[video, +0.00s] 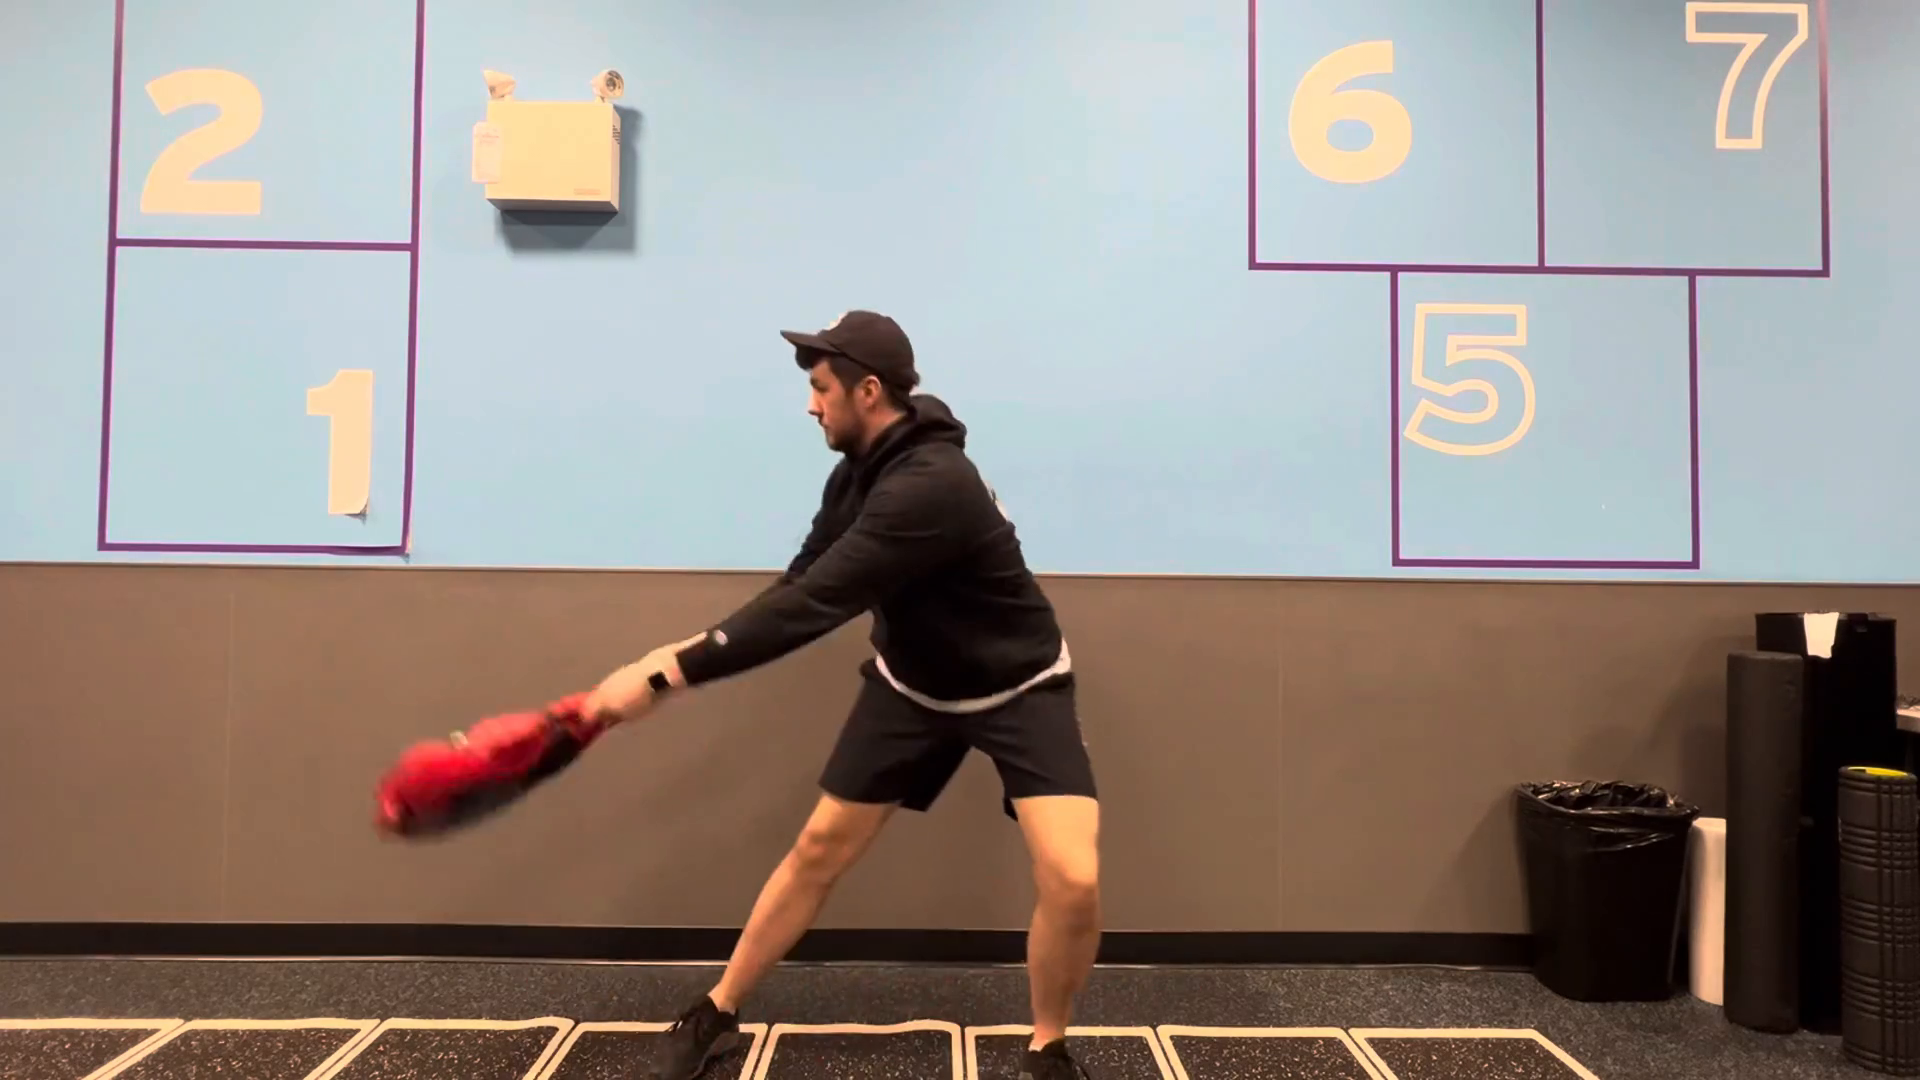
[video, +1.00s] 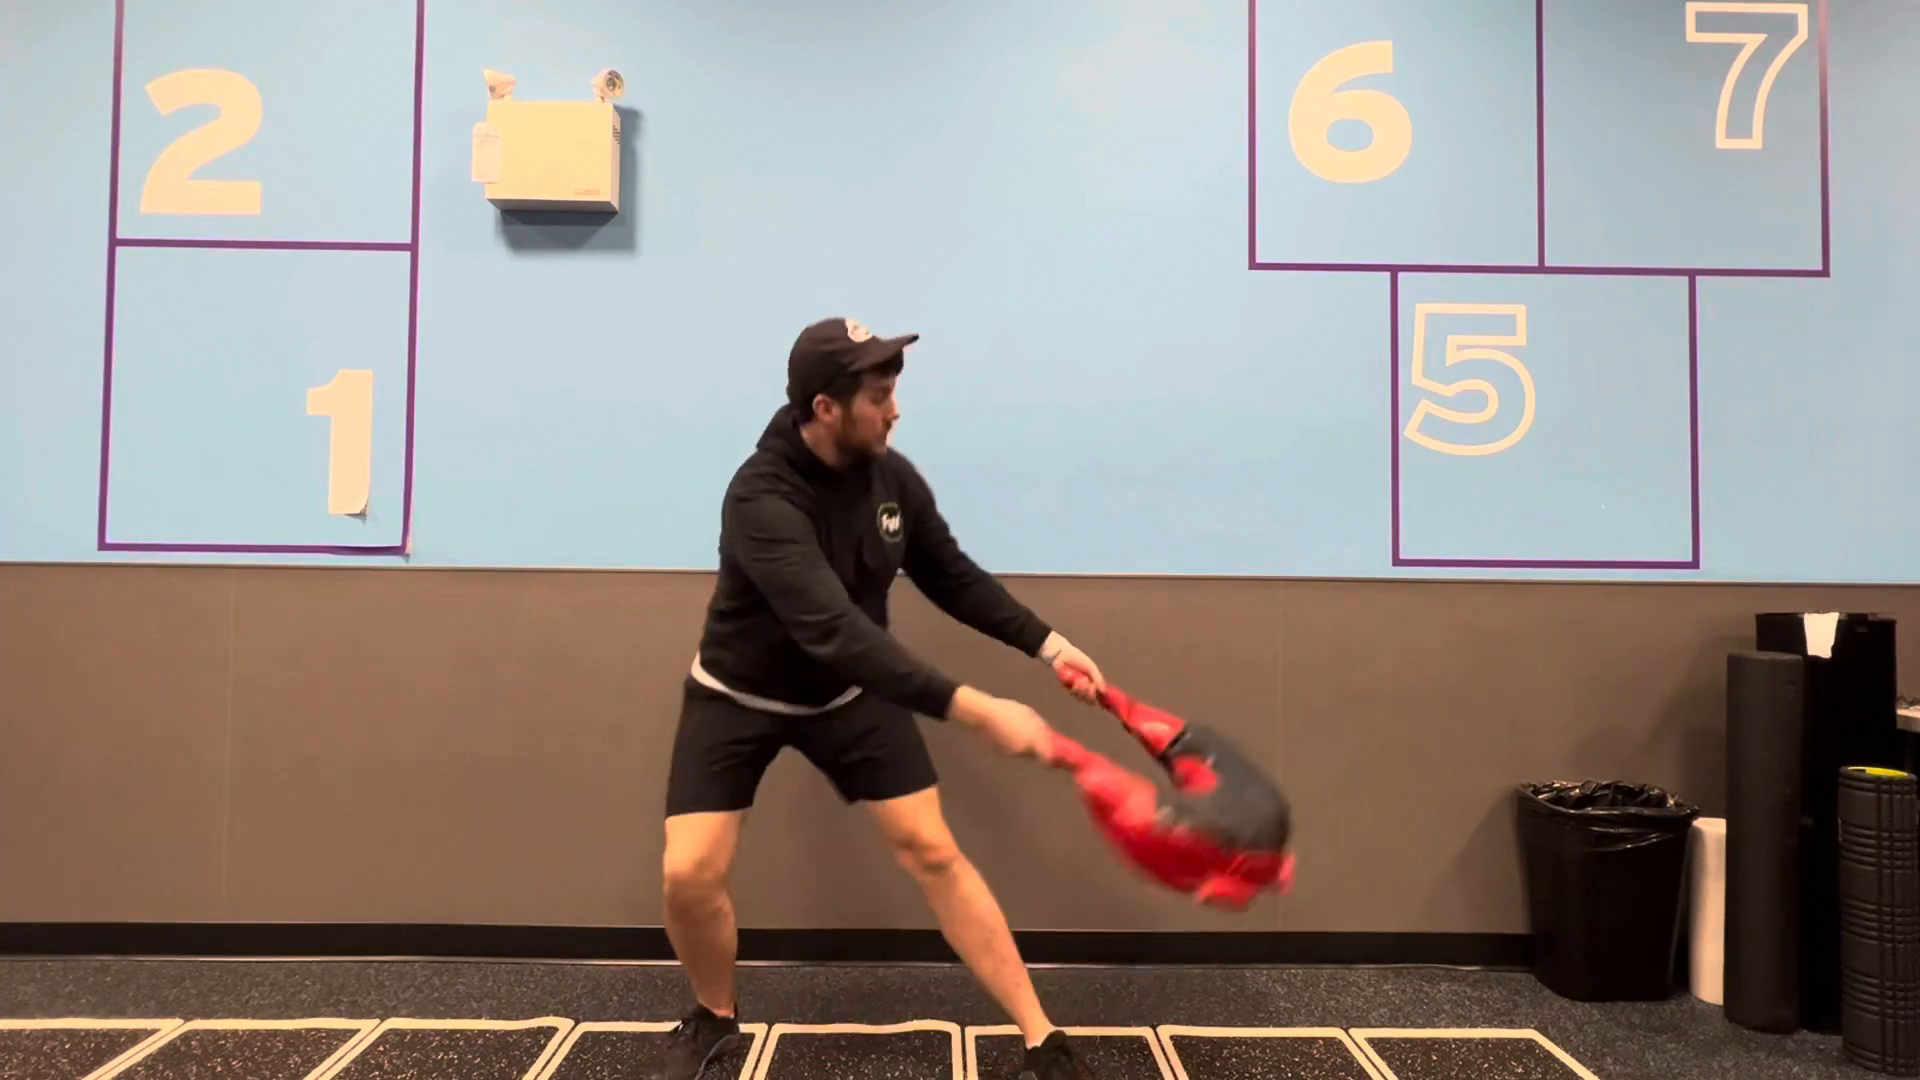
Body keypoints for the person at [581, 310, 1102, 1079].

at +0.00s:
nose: (811, 404)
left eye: (823, 387)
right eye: (812, 387)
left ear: (871, 390)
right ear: (865, 391)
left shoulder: (929, 484)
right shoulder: (854, 478)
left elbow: (818, 602)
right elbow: (800, 586)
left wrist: (666, 672)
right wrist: (690, 659)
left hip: (1020, 687)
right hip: (907, 683)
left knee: (1075, 879)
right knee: (820, 844)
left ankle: (1049, 1048)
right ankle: (718, 1010)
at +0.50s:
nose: (836, 403)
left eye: (850, 386)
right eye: (835, 386)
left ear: (906, 386)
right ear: (887, 389)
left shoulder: (962, 487)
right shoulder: (866, 476)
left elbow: (866, 624)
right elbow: (828, 588)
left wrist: (735, 703)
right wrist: (734, 661)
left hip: (1026, 692)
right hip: (911, 689)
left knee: (1076, 891)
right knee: (820, 855)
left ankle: (1048, 1050)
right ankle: (715, 1016)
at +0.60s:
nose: (849, 384)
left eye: (864, 367)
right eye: (840, 368)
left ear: (916, 362)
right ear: (833, 367)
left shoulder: (973, 468)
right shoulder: (844, 458)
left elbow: (925, 624)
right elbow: (812, 569)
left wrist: (832, 738)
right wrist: (733, 668)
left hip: (1004, 676)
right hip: (892, 672)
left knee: (1056, 869)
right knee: (804, 846)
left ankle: (1047, 1050)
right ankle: (716, 1017)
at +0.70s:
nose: (862, 367)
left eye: (877, 349)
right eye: (846, 351)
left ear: (914, 343)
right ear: (830, 353)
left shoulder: (970, 447)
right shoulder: (811, 442)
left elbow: (978, 598)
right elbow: (772, 570)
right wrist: (737, 693)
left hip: (972, 658)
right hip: (856, 659)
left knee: (1027, 844)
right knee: (783, 832)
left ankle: (1046, 1046)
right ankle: (724, 1008)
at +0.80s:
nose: (883, 361)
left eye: (893, 342)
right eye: (864, 346)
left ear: (907, 342)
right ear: (822, 351)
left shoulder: (952, 438)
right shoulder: (780, 447)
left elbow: (994, 573)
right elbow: (766, 595)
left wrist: (1039, 693)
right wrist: (808, 729)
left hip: (933, 656)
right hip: (812, 662)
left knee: (988, 833)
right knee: (742, 833)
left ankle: (1034, 1031)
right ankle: (717, 1012)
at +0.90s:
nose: (892, 374)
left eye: (893, 358)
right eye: (873, 363)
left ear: (896, 358)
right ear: (819, 375)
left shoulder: (915, 451)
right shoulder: (767, 468)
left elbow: (978, 566)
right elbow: (797, 623)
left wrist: (1055, 659)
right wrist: (897, 731)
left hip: (889, 667)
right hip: (770, 670)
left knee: (952, 831)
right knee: (705, 850)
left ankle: (1040, 1038)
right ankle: (716, 1014)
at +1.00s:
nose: (894, 407)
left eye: (892, 390)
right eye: (877, 395)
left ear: (851, 403)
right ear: (823, 408)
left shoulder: (891, 480)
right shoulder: (763, 500)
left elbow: (952, 577)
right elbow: (838, 633)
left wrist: (1050, 647)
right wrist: (978, 709)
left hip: (853, 691)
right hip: (736, 696)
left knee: (933, 852)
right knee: (687, 877)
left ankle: (1041, 1038)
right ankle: (714, 1019)